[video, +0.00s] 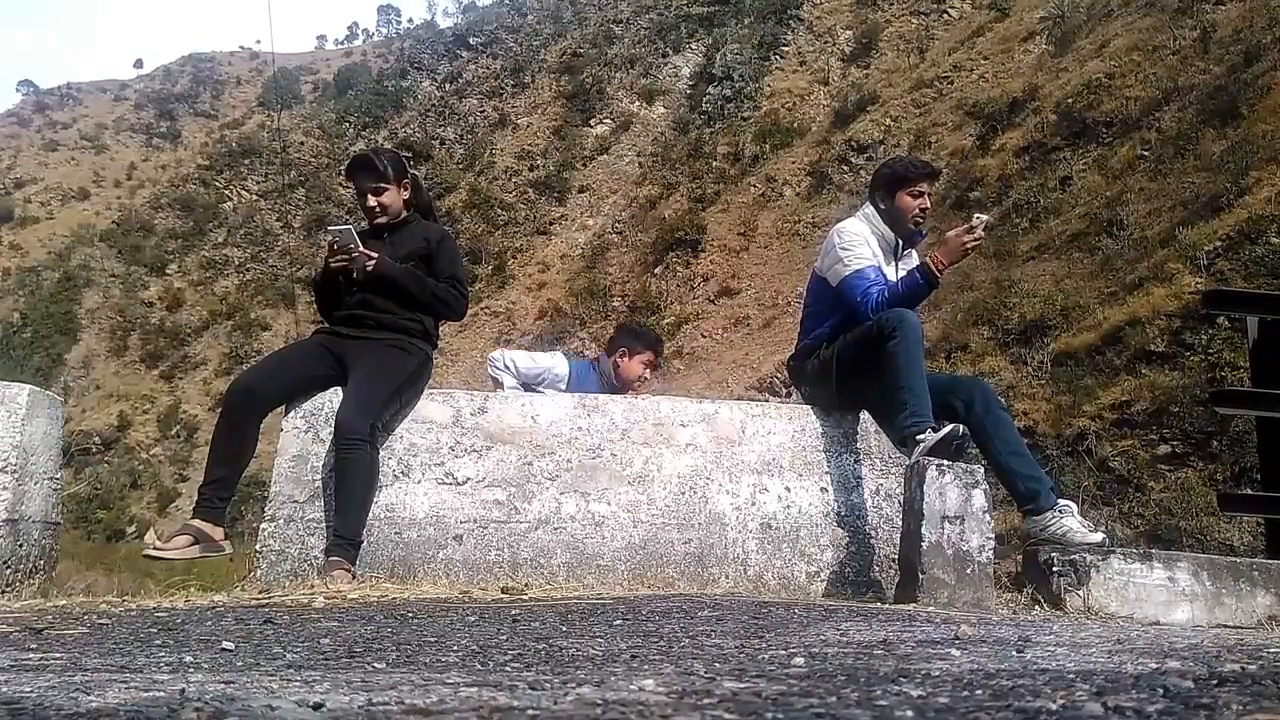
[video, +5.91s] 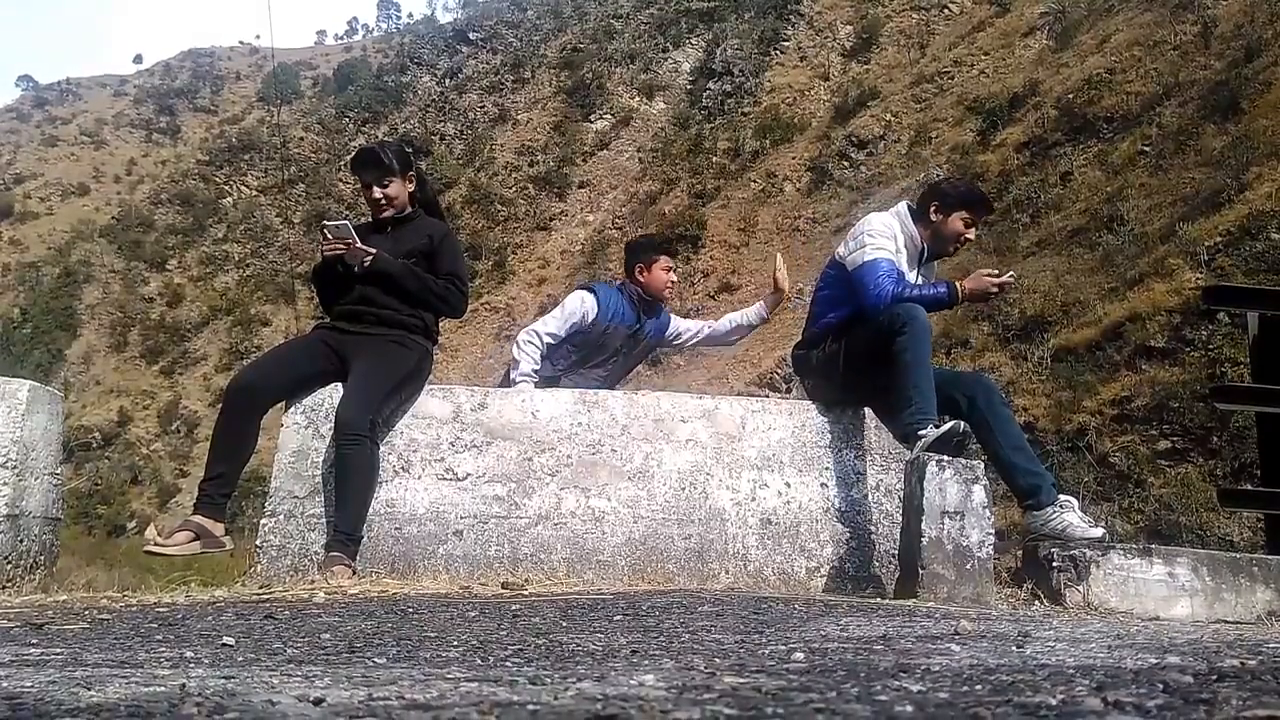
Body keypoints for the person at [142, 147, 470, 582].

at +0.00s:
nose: (372, 202)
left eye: (380, 191)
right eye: (364, 194)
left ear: (405, 187)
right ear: (359, 195)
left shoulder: (433, 236)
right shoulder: (355, 235)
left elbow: (455, 303)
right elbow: (330, 309)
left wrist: (386, 268)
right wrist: (332, 271)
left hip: (396, 348)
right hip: (336, 341)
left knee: (353, 426)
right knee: (247, 392)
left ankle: (340, 562)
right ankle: (208, 525)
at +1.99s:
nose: (381, 187)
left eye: (390, 177)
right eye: (371, 180)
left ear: (409, 180)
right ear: (363, 188)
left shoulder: (432, 233)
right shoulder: (354, 234)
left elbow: (455, 301)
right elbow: (328, 304)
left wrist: (385, 265)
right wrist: (330, 269)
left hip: (397, 344)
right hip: (337, 337)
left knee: (353, 425)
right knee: (246, 391)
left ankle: (341, 560)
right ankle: (208, 523)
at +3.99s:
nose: (383, 183)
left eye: (394, 175)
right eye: (375, 175)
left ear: (416, 181)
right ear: (367, 181)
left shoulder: (433, 233)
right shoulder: (354, 230)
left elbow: (456, 300)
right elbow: (326, 302)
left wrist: (387, 263)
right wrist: (335, 265)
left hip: (397, 345)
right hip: (336, 337)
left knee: (353, 424)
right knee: (246, 389)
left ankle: (341, 559)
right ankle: (208, 522)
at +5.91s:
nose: (376, 194)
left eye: (386, 184)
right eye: (368, 187)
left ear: (411, 181)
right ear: (362, 188)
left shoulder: (434, 232)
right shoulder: (355, 230)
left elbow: (455, 300)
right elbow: (332, 300)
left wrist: (380, 262)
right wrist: (329, 263)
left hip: (397, 344)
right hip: (336, 336)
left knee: (353, 423)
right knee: (246, 388)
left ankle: (341, 558)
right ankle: (208, 521)